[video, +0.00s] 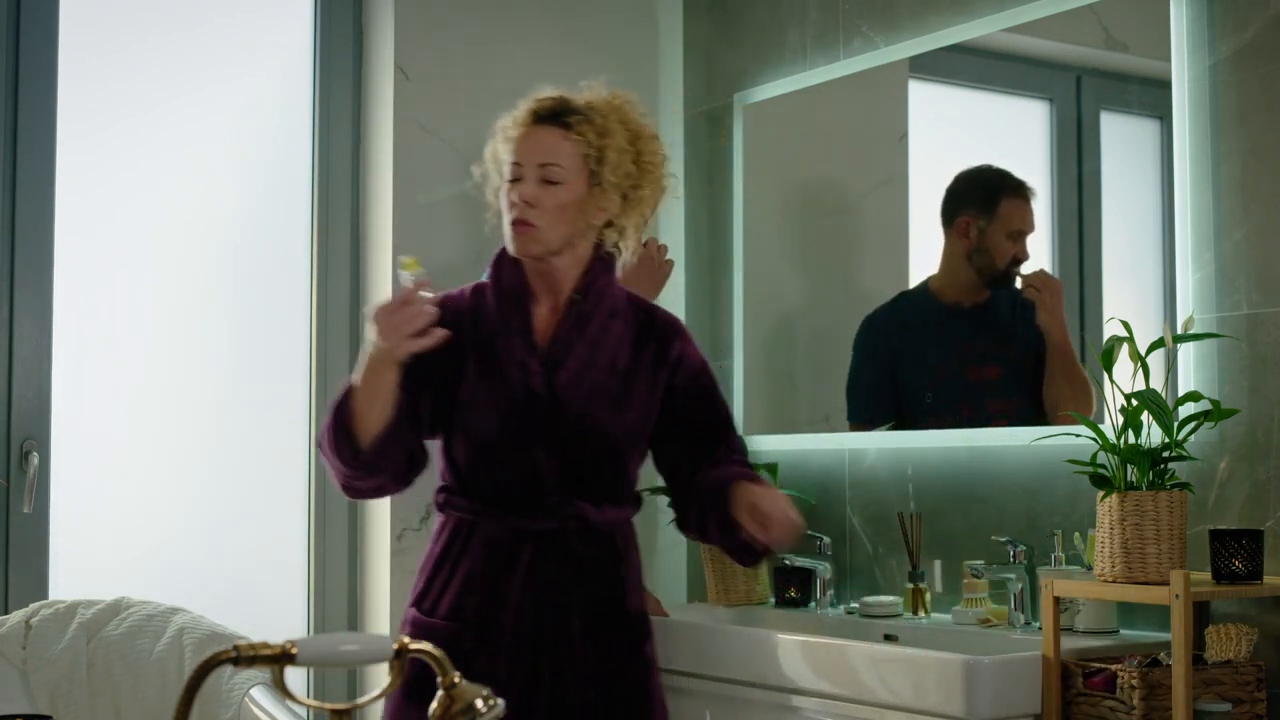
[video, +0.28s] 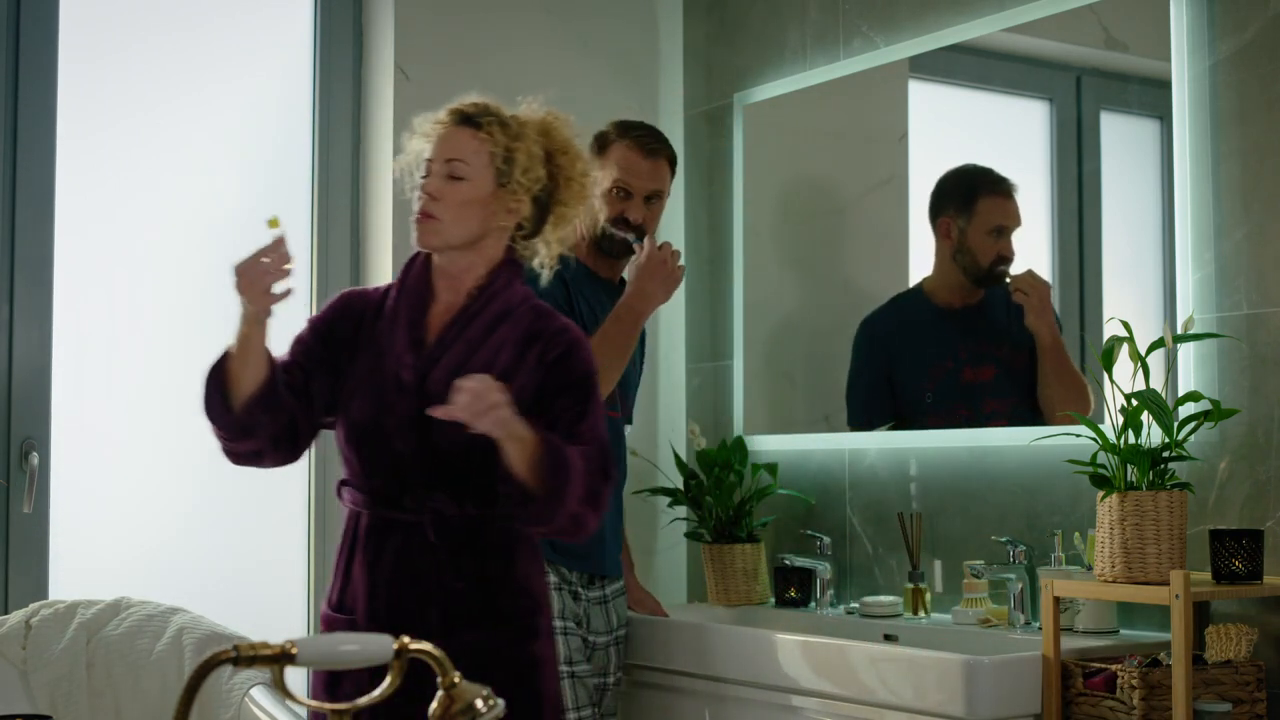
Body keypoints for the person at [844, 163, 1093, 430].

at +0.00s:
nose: (1024, 254)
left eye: (1025, 239)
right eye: (1014, 238)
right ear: (966, 231)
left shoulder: (1031, 318)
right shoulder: (886, 329)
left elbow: (1073, 421)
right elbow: (867, 449)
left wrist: (1056, 327)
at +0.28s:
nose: (1009, 252)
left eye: (1011, 236)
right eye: (997, 234)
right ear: (948, 231)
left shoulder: (1029, 314)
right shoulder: (883, 331)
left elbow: (1071, 419)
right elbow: (870, 450)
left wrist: (1046, 331)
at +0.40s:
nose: (1005, 252)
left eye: (1007, 235)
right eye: (991, 234)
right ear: (942, 231)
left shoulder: (1029, 312)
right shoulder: (882, 331)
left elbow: (1069, 419)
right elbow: (869, 451)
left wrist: (1041, 330)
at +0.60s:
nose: (1004, 250)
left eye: (1005, 233)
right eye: (991, 233)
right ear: (941, 231)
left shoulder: (1027, 311)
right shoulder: (880, 331)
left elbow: (1067, 420)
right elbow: (867, 452)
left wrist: (1039, 332)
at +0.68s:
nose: (1005, 249)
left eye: (1006, 233)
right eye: (992, 233)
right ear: (942, 232)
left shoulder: (1027, 311)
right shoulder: (880, 332)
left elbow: (1067, 421)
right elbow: (868, 452)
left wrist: (1039, 331)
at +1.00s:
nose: (1007, 251)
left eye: (1007, 235)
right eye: (993, 235)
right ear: (944, 232)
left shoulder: (1028, 312)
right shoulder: (880, 332)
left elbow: (1069, 422)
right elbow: (867, 452)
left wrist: (1042, 336)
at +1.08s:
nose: (1005, 253)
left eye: (1006, 236)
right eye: (991, 236)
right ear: (941, 231)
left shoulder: (1028, 312)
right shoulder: (881, 332)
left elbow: (1069, 422)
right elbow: (868, 451)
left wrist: (1042, 339)